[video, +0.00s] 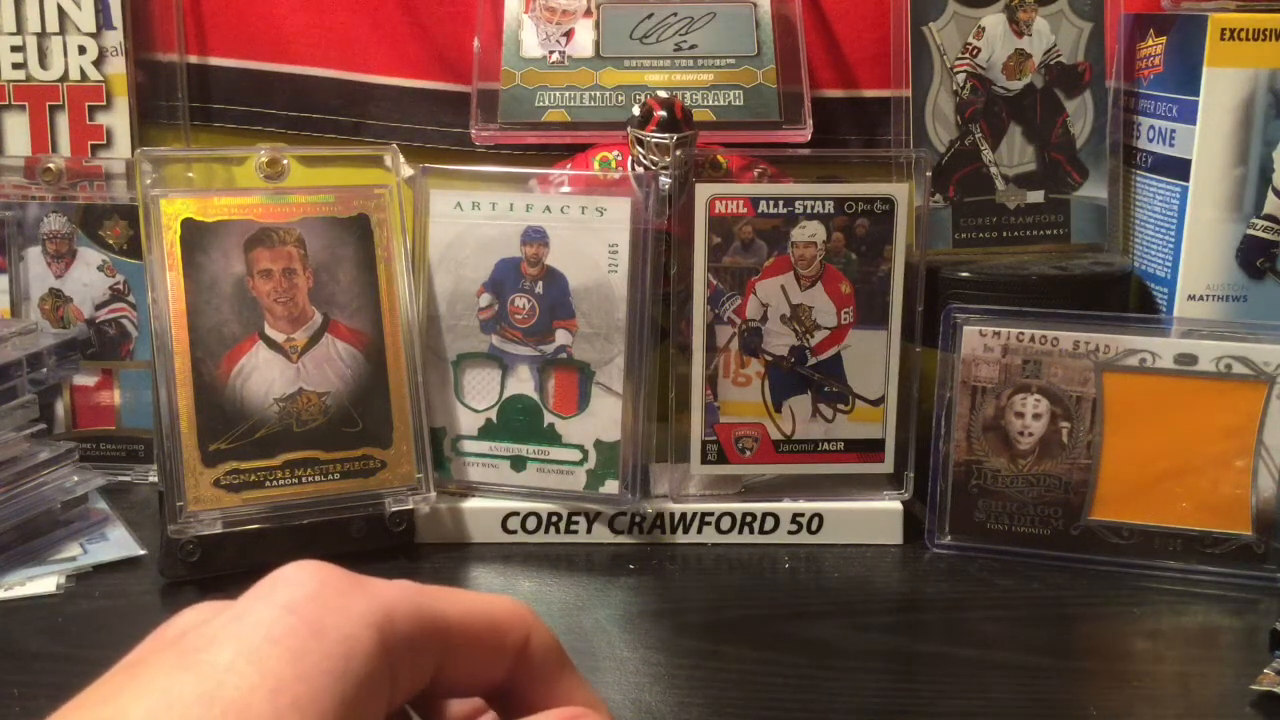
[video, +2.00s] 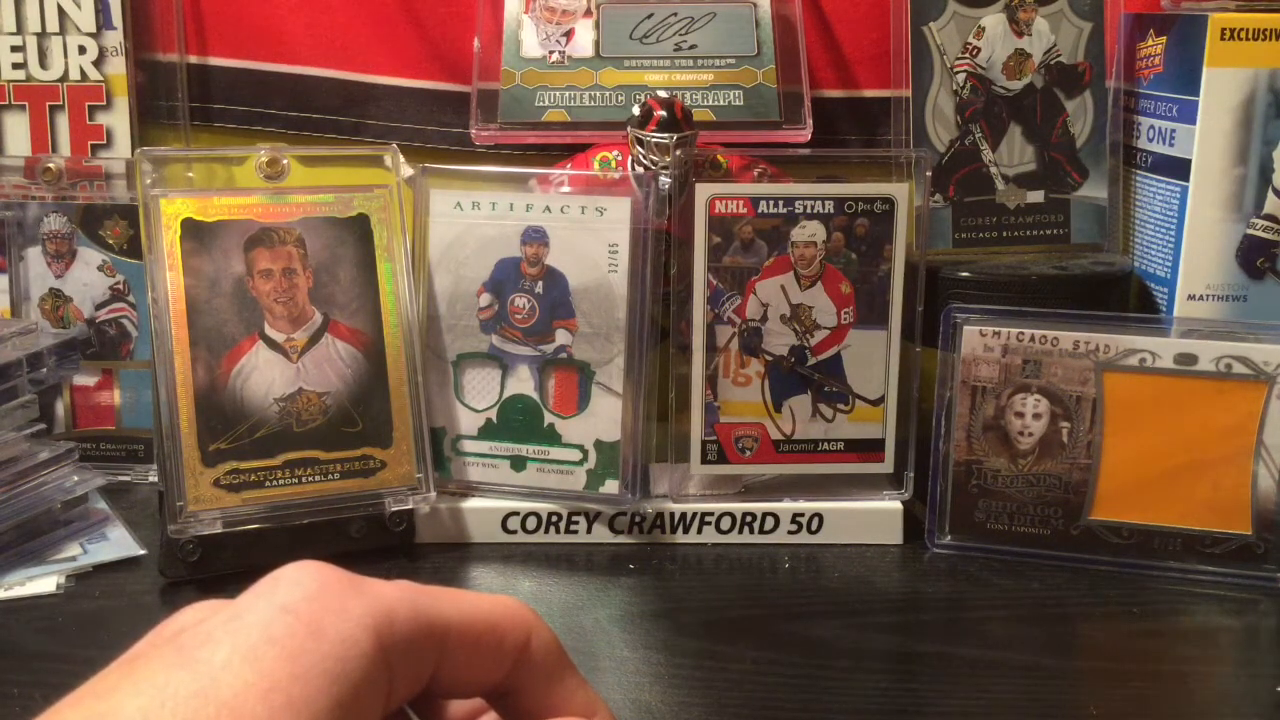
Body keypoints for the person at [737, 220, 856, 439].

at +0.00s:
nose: (801, 253)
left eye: (807, 247)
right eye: (796, 247)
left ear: (821, 250)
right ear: (790, 249)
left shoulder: (838, 285)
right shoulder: (774, 271)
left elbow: (842, 331)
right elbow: (755, 293)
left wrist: (810, 353)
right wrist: (750, 326)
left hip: (823, 353)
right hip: (780, 352)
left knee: (829, 411)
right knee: (796, 410)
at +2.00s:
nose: (801, 253)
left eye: (807, 247)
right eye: (796, 247)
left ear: (821, 250)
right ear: (790, 249)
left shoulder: (839, 285)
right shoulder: (773, 271)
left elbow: (842, 331)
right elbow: (754, 293)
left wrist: (810, 353)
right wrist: (750, 326)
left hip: (823, 353)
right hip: (780, 353)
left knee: (832, 413)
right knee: (798, 411)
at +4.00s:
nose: (801, 253)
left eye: (807, 247)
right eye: (796, 247)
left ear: (821, 249)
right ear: (790, 249)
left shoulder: (838, 285)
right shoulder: (773, 271)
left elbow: (843, 330)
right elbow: (754, 292)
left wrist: (810, 352)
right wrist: (751, 326)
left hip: (823, 353)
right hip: (780, 353)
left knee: (832, 412)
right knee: (799, 409)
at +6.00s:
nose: (801, 253)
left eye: (808, 247)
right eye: (796, 247)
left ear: (821, 249)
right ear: (790, 249)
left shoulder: (838, 285)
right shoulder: (773, 271)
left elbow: (842, 330)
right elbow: (754, 293)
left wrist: (809, 352)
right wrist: (750, 326)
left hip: (822, 353)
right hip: (779, 353)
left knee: (834, 412)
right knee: (798, 410)